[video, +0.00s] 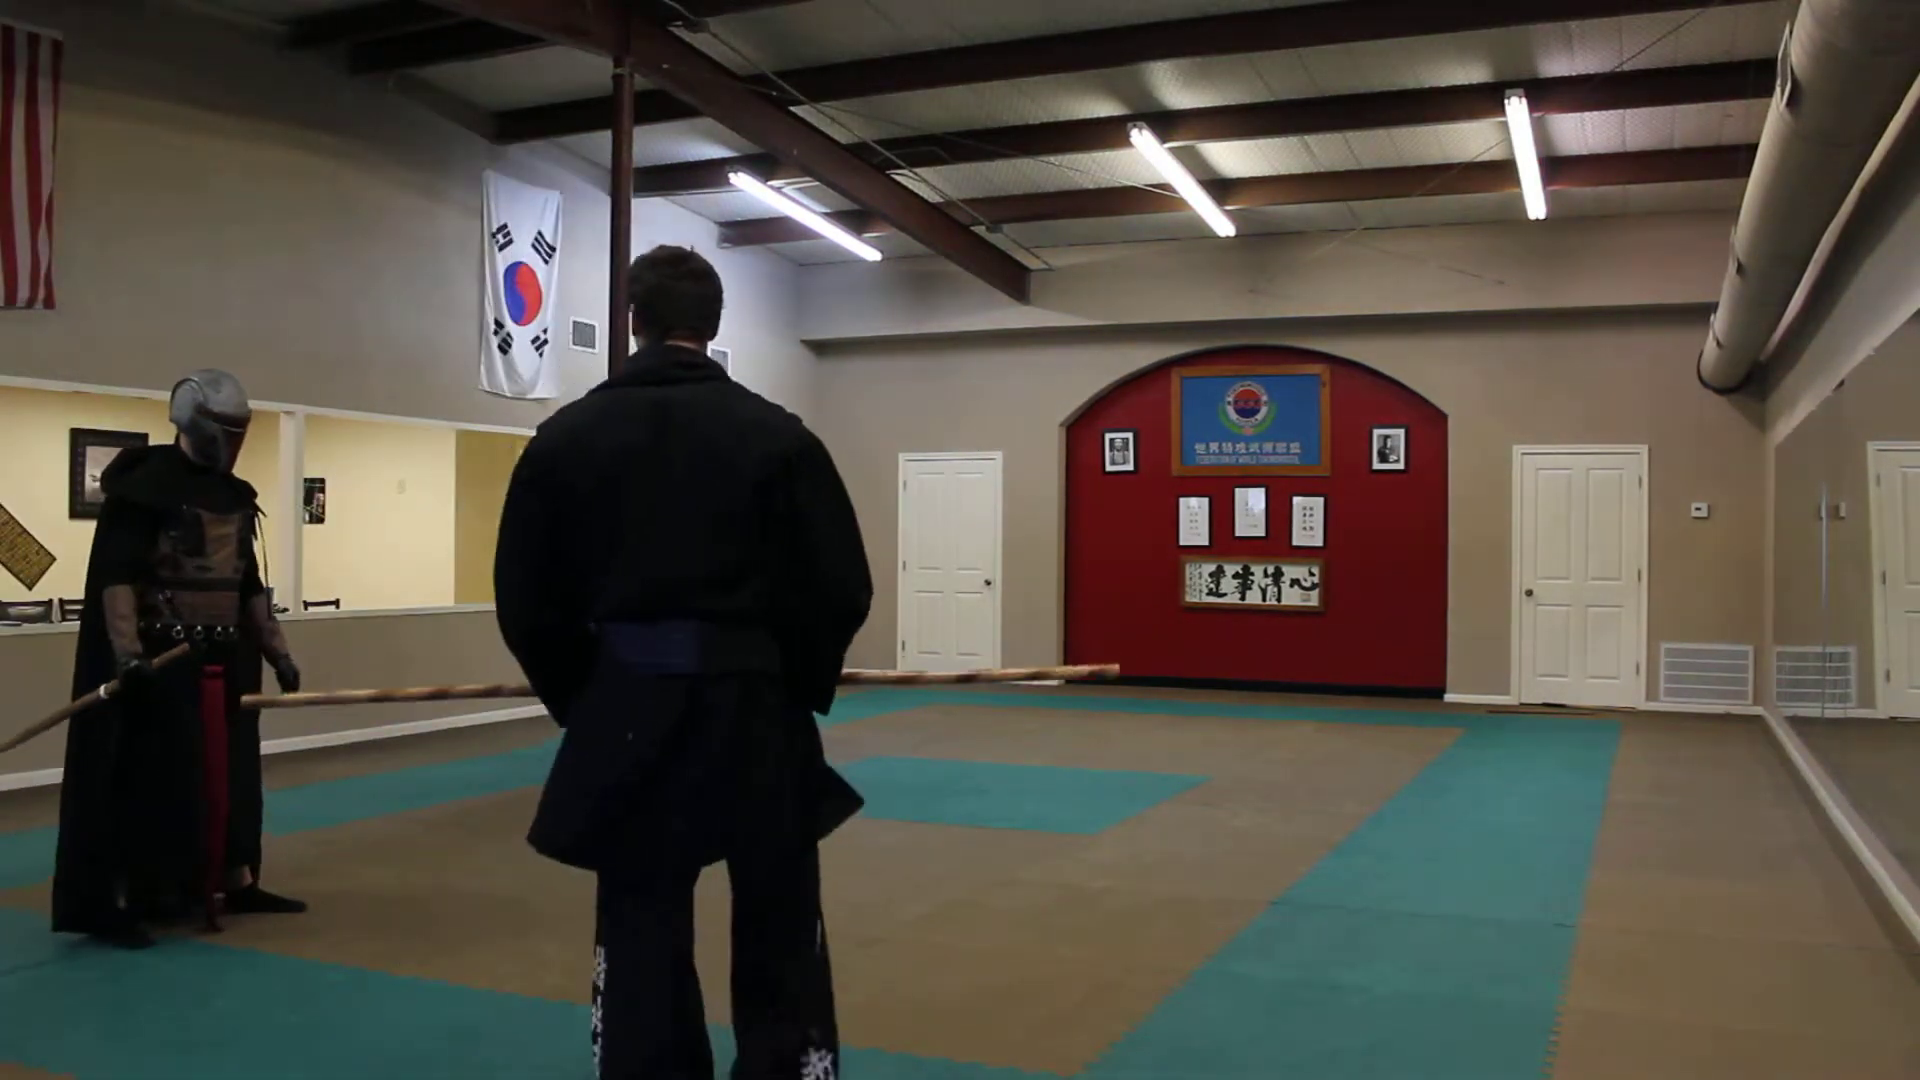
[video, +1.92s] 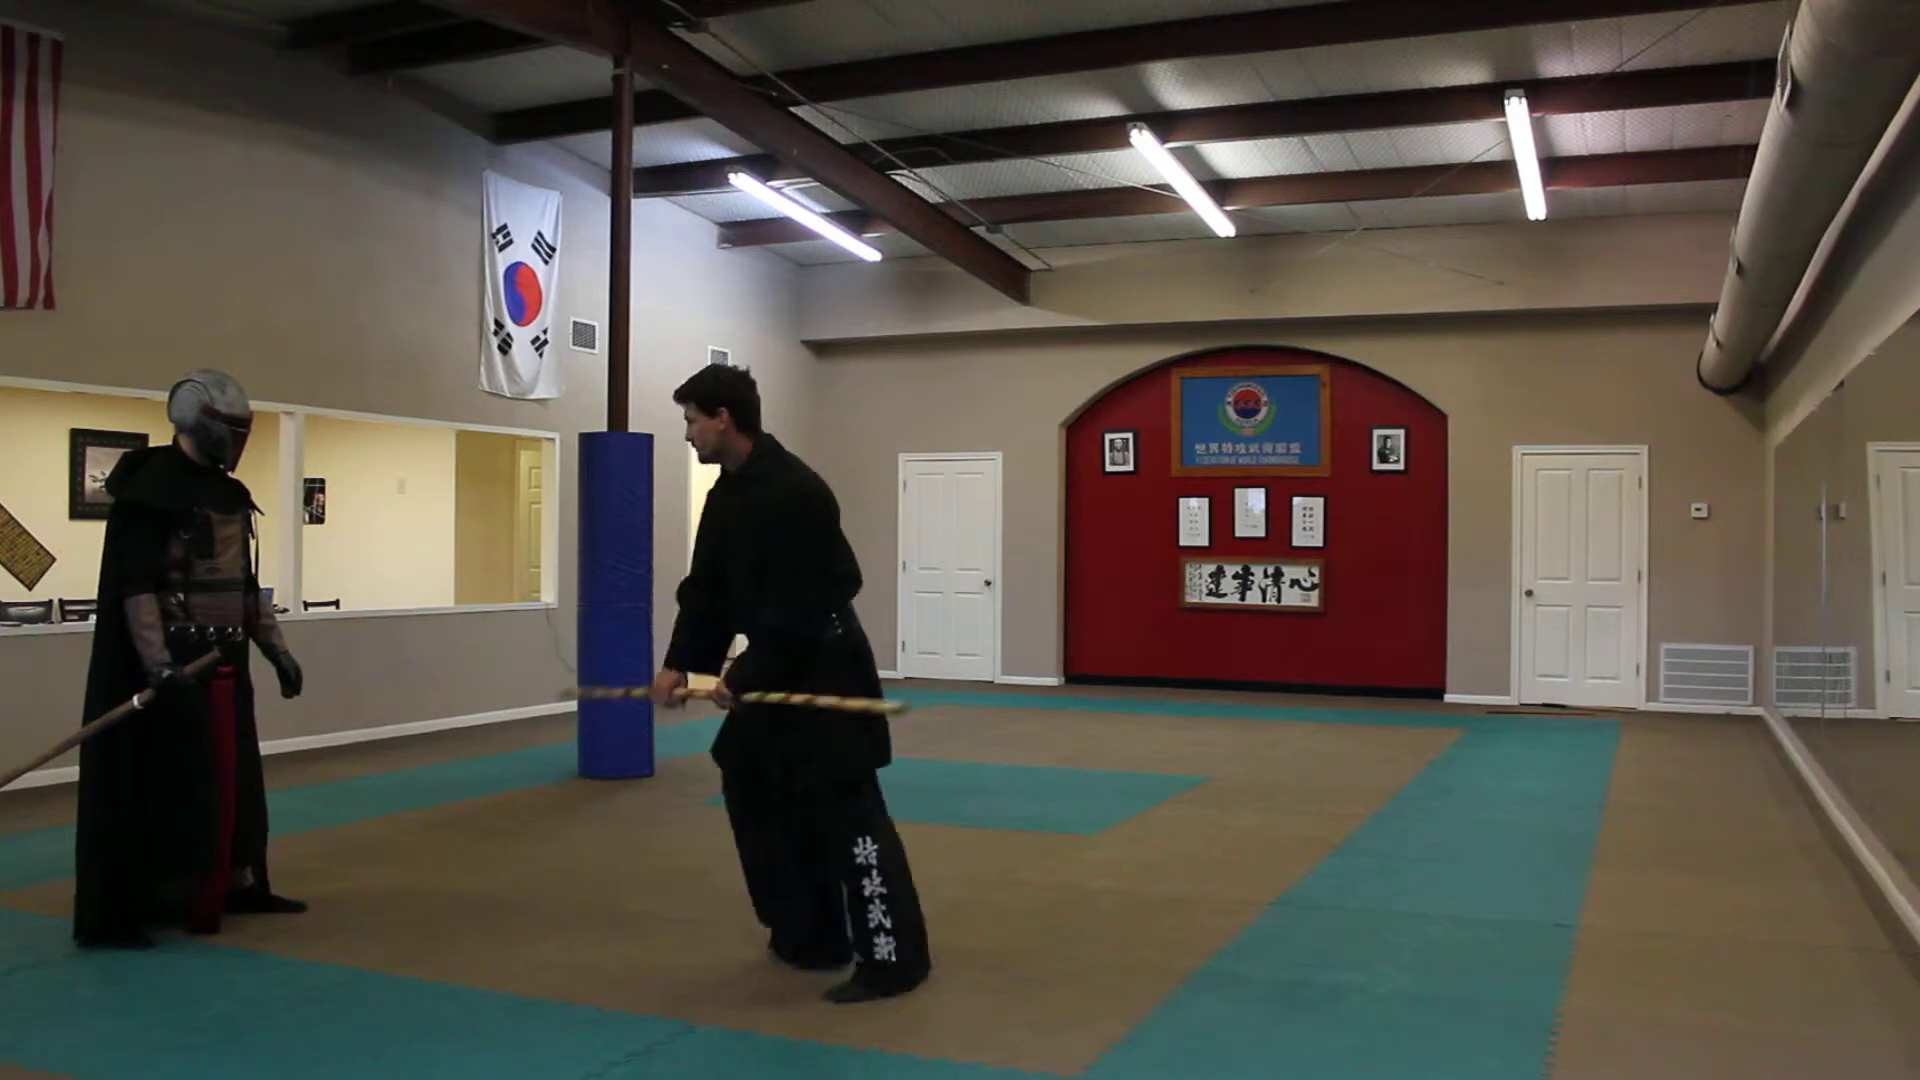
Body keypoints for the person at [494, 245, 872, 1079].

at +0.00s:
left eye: (632, 315)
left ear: (631, 324)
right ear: (717, 327)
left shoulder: (566, 438)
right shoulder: (780, 437)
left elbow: (524, 601)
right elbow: (843, 591)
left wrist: (591, 711)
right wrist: (793, 696)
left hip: (629, 732)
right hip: (762, 733)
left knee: (642, 952)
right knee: (781, 948)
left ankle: (649, 1074)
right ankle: (787, 1072)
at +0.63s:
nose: (721, 368)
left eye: (720, 357)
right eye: (722, 356)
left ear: (735, 357)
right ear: (799, 355)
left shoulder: (699, 453)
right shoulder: (865, 446)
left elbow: (656, 595)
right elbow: (897, 567)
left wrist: (690, 674)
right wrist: (853, 648)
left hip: (737, 692)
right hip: (842, 694)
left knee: (730, 864)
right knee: (839, 875)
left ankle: (725, 1027)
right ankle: (835, 1046)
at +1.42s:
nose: (691, 409)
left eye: (692, 396)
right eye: (688, 396)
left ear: (715, 390)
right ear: (747, 387)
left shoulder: (729, 467)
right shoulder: (815, 461)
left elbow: (682, 572)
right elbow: (810, 566)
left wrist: (652, 645)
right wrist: (727, 606)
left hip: (754, 670)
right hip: (813, 663)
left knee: (729, 824)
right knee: (807, 803)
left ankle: (736, 993)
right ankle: (823, 935)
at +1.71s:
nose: (697, 422)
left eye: (701, 408)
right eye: (696, 410)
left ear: (731, 402)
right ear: (740, 401)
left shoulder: (769, 471)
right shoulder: (778, 457)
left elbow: (759, 589)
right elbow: (742, 559)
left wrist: (719, 670)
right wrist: (707, 612)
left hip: (808, 664)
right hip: (822, 655)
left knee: (794, 812)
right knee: (822, 806)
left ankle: (821, 966)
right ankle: (845, 942)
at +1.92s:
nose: (686, 434)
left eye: (692, 422)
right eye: (685, 422)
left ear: (725, 418)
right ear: (724, 419)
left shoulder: (793, 488)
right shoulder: (728, 494)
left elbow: (811, 595)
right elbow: (707, 590)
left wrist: (747, 667)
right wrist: (679, 663)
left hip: (826, 676)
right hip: (770, 678)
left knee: (847, 811)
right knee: (754, 789)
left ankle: (894, 958)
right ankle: (809, 936)